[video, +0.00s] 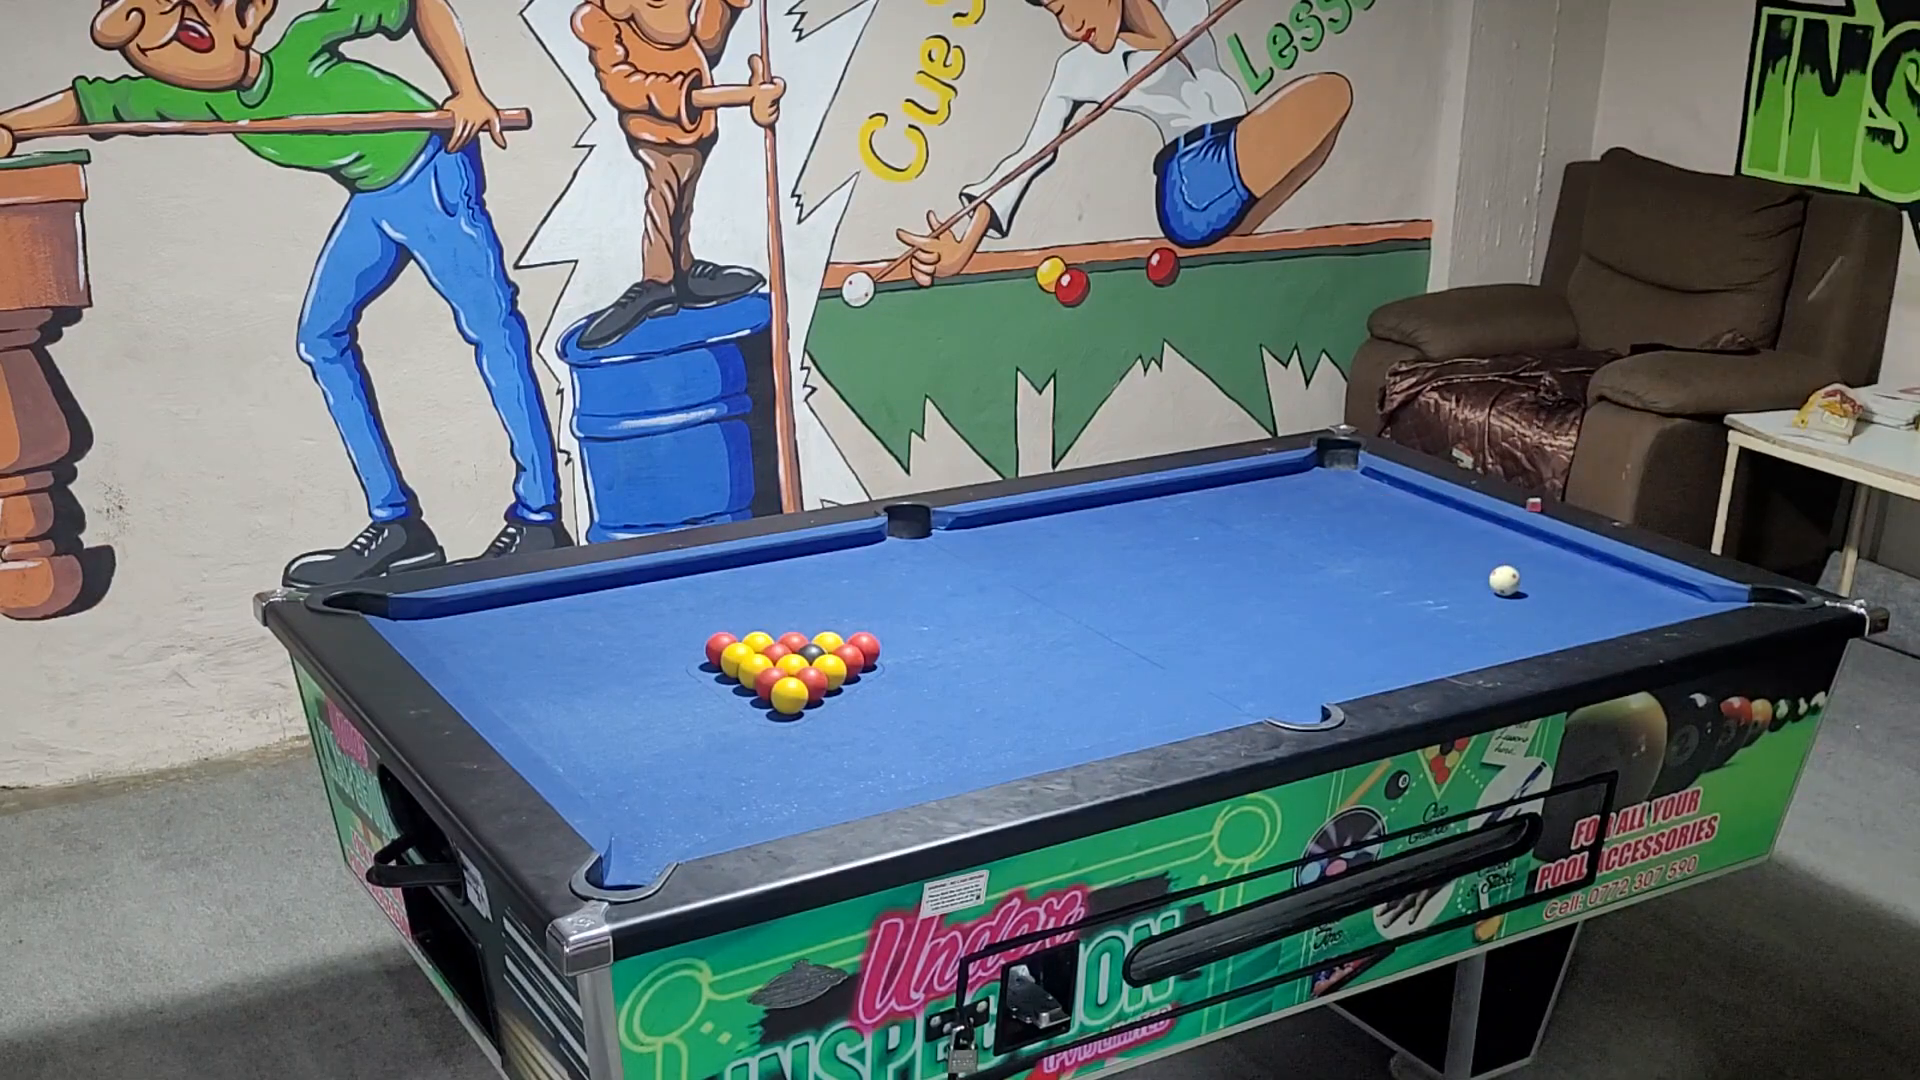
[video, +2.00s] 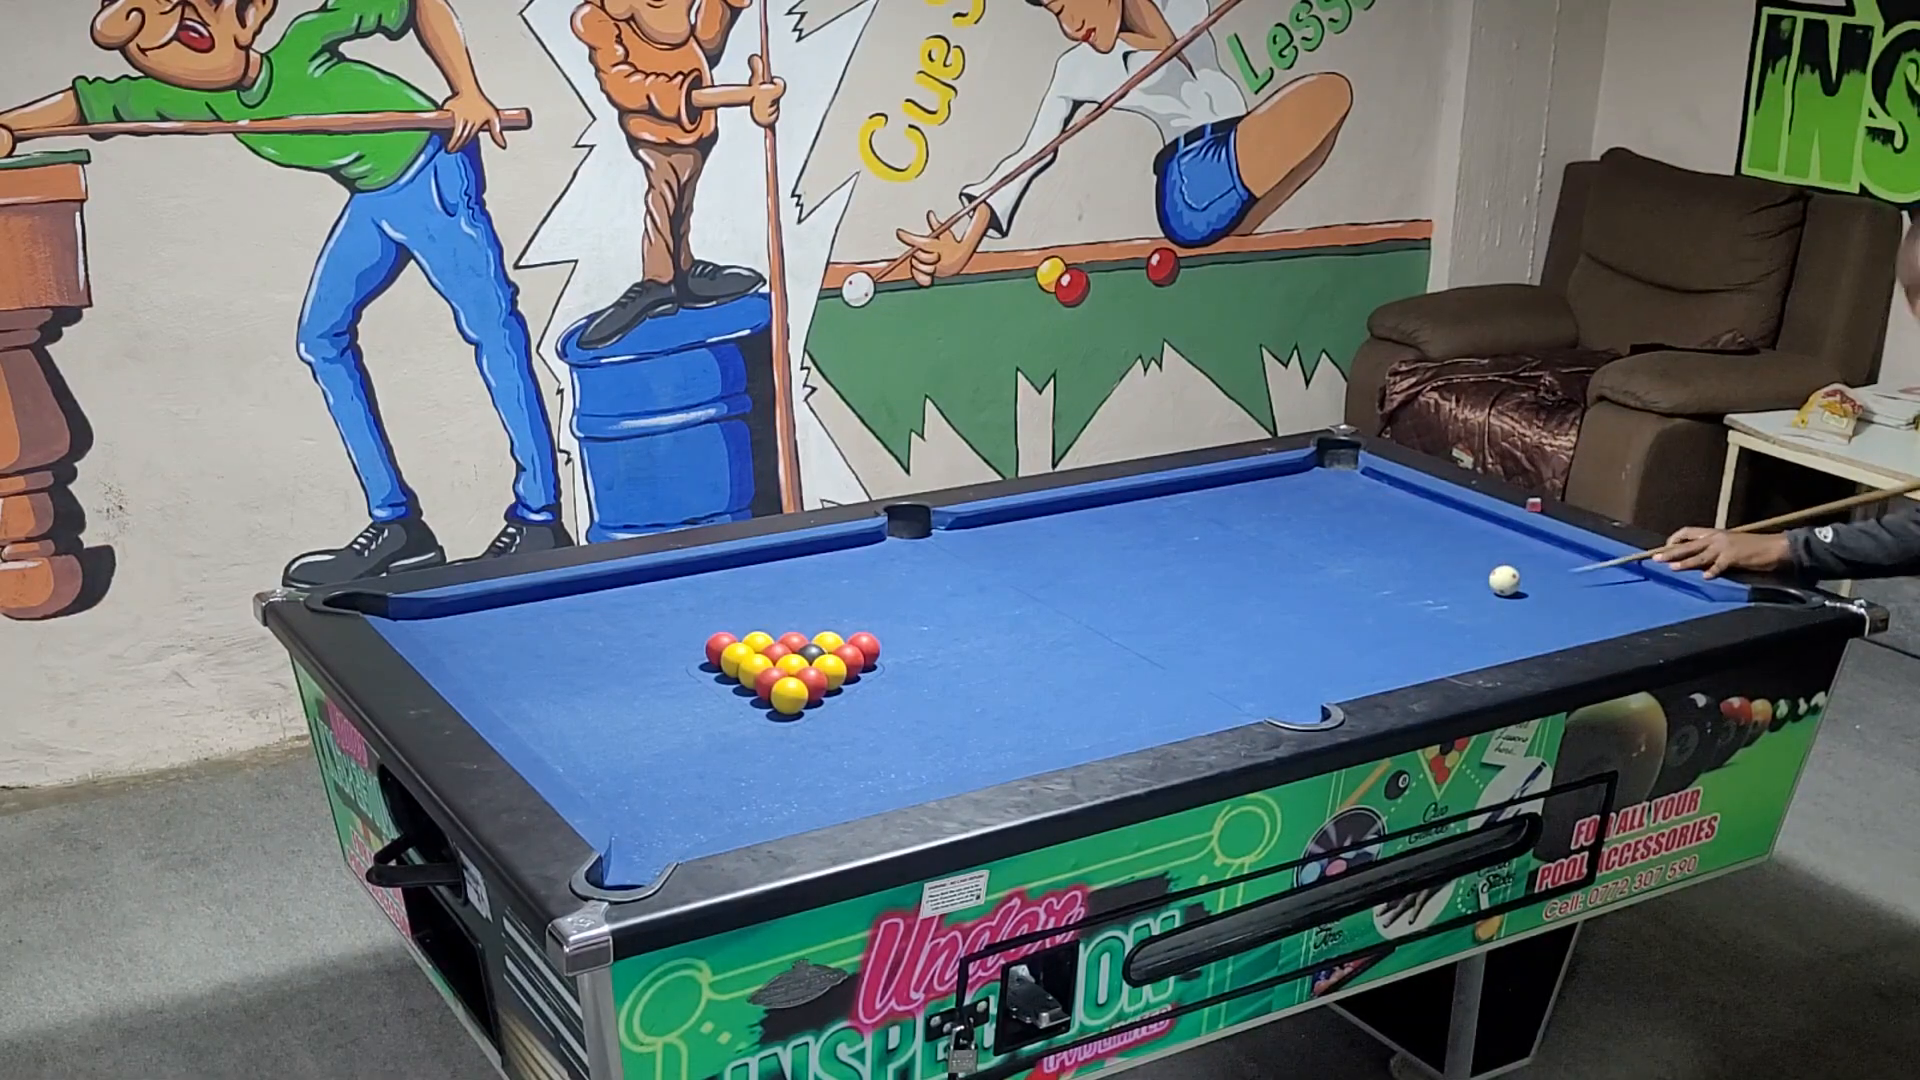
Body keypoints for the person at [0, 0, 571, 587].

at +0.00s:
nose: (207, 53)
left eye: (200, 39)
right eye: (190, 54)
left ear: (225, 20)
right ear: (183, 74)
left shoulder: (300, 37)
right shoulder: (213, 99)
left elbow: (418, 4)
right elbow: (90, 101)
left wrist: (467, 87)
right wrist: (9, 124)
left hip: (426, 166)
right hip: (369, 199)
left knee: (492, 330)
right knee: (322, 338)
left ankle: (541, 517)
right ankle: (397, 523)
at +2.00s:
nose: (208, 55)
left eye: (201, 40)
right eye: (191, 54)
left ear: (223, 21)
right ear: (182, 75)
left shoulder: (300, 37)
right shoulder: (213, 99)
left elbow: (418, 4)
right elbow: (89, 100)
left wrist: (467, 87)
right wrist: (9, 124)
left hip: (426, 166)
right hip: (369, 199)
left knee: (493, 331)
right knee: (322, 338)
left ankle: (540, 517)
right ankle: (397, 523)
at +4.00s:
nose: (207, 60)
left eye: (200, 44)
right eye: (190, 59)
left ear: (228, 23)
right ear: (184, 74)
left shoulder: (300, 37)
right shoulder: (212, 98)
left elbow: (418, 4)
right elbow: (90, 101)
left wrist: (467, 87)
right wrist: (9, 124)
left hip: (426, 165)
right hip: (369, 199)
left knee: (492, 329)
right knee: (322, 337)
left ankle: (541, 516)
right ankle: (397, 522)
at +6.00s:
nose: (205, 55)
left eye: (199, 41)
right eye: (189, 55)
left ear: (225, 21)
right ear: (184, 74)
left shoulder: (300, 37)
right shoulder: (213, 98)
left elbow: (418, 3)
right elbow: (91, 100)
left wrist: (466, 87)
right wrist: (10, 124)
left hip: (426, 165)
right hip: (369, 198)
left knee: (491, 327)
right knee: (322, 337)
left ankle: (541, 518)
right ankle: (397, 522)